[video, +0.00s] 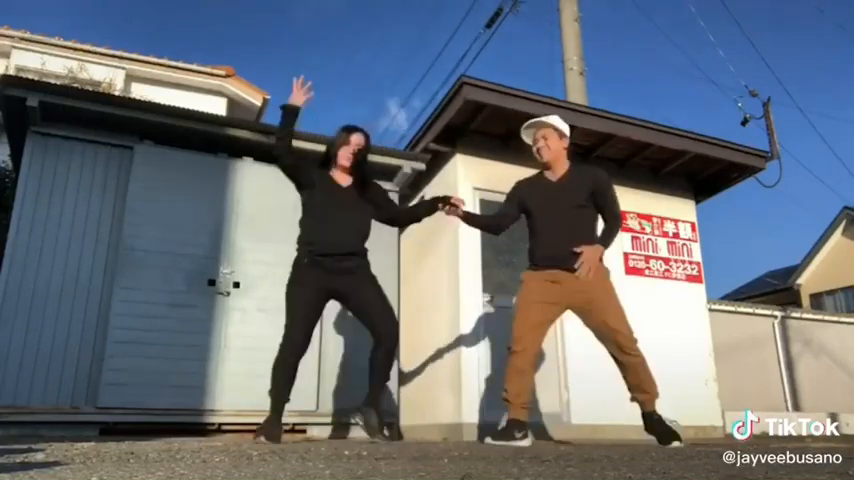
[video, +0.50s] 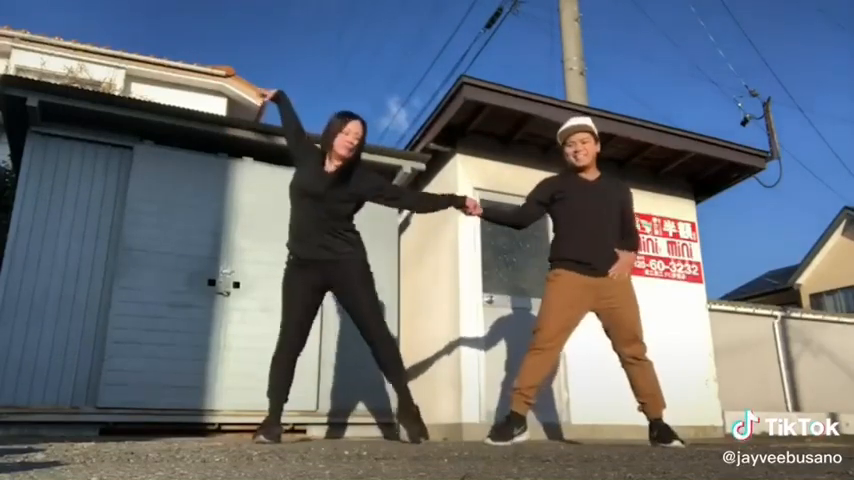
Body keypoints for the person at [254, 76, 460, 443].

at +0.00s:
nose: (352, 153)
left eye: (358, 150)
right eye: (348, 146)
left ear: (363, 156)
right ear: (335, 147)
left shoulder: (368, 190)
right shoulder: (311, 177)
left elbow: (399, 217)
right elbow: (281, 153)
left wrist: (436, 203)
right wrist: (292, 108)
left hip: (354, 273)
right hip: (311, 271)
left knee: (387, 332)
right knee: (294, 342)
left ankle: (372, 408)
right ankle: (275, 418)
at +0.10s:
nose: (345, 150)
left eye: (352, 148)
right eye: (341, 143)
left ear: (356, 154)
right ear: (327, 142)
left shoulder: (360, 186)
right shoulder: (296, 171)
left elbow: (399, 212)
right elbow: (260, 148)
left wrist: (444, 212)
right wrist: (253, 121)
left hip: (342, 272)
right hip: (297, 269)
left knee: (376, 336)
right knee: (285, 342)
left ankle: (404, 404)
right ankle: (272, 420)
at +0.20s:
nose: (342, 147)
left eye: (348, 144)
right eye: (337, 140)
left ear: (351, 151)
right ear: (322, 141)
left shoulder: (351, 180)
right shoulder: (294, 169)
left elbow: (396, 208)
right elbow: (270, 148)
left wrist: (445, 216)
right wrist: (255, 124)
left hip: (333, 270)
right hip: (291, 269)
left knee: (362, 339)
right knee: (282, 342)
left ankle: (403, 408)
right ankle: (271, 421)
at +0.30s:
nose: (339, 146)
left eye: (345, 142)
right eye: (334, 139)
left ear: (349, 148)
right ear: (319, 139)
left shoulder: (350, 179)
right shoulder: (298, 165)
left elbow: (395, 199)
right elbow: (281, 145)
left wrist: (445, 206)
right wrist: (268, 122)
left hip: (331, 269)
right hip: (289, 268)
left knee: (360, 336)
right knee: (282, 342)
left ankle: (404, 405)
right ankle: (271, 420)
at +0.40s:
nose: (342, 143)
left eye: (347, 140)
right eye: (336, 136)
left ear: (350, 146)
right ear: (321, 137)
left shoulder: (352, 177)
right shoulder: (302, 161)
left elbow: (401, 194)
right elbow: (288, 133)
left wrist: (450, 202)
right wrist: (277, 107)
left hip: (336, 268)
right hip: (294, 267)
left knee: (365, 336)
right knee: (284, 343)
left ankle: (406, 408)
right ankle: (271, 420)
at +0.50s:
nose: (351, 143)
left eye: (357, 140)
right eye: (347, 135)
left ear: (361, 147)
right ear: (330, 134)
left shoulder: (361, 179)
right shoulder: (306, 155)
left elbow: (409, 198)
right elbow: (291, 125)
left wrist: (456, 201)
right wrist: (279, 97)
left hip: (347, 266)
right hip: (303, 265)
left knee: (376, 334)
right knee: (289, 342)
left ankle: (407, 407)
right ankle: (272, 420)